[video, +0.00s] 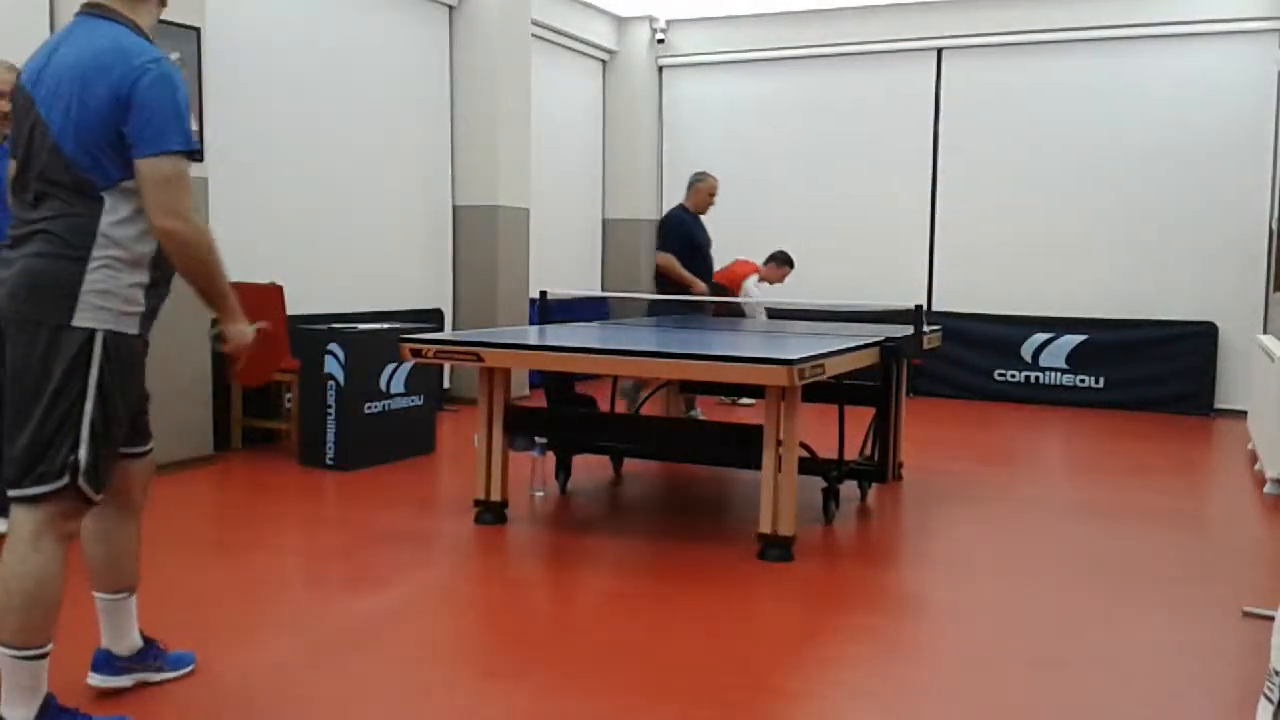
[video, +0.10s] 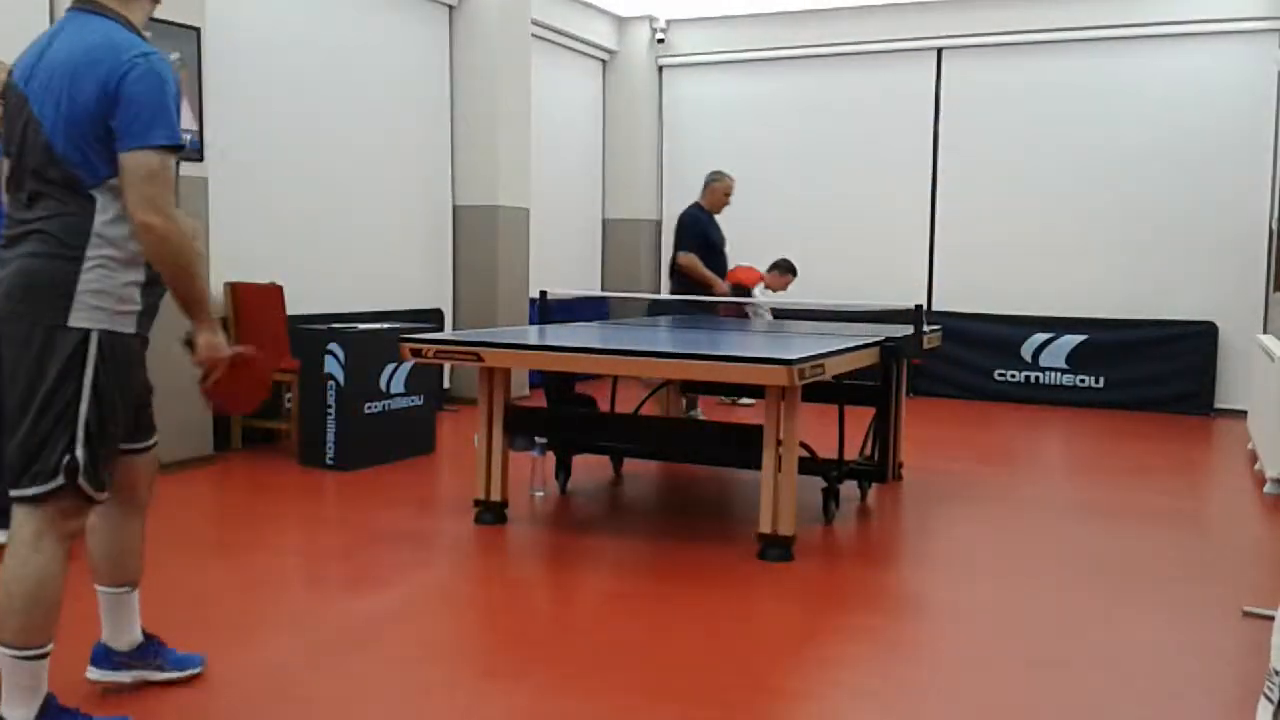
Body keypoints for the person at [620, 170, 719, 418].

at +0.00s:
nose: (713, 201)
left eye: (714, 196)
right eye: (710, 195)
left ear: (700, 193)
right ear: (694, 191)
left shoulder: (693, 219)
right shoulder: (675, 218)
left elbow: (689, 257)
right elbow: (663, 258)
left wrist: (701, 284)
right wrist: (695, 283)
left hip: (691, 301)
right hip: (674, 301)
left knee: (689, 355)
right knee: (676, 354)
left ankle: (688, 405)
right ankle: (634, 386)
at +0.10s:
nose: (729, 201)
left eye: (730, 196)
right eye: (726, 195)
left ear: (713, 192)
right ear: (711, 190)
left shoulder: (707, 218)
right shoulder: (692, 217)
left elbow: (704, 257)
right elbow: (684, 258)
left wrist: (722, 281)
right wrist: (716, 282)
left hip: (703, 300)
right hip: (690, 300)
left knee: (698, 354)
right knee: (689, 355)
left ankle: (691, 405)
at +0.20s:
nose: (745, 199)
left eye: (746, 193)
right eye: (743, 192)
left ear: (728, 188)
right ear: (728, 187)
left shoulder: (718, 213)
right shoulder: (710, 214)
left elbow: (715, 254)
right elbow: (707, 255)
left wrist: (739, 276)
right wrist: (737, 276)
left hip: (718, 296)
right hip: (708, 298)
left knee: (712, 353)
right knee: (706, 353)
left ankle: (703, 403)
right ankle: (697, 404)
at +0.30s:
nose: (762, 199)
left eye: (763, 193)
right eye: (759, 192)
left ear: (748, 189)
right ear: (744, 187)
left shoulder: (737, 215)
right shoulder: (728, 214)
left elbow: (743, 255)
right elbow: (729, 256)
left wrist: (767, 269)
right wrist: (760, 274)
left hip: (734, 299)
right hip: (719, 300)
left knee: (743, 351)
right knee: (708, 351)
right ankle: (692, 402)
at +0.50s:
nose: (802, 207)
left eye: (803, 202)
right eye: (800, 201)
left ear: (790, 197)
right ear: (785, 194)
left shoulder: (780, 224)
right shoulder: (767, 220)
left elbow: (779, 264)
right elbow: (767, 263)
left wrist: (804, 279)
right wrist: (801, 279)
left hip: (774, 307)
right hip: (760, 308)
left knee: (786, 363)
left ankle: (793, 414)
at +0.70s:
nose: (839, 205)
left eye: (840, 200)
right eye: (837, 198)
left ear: (825, 191)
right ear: (823, 190)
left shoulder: (815, 217)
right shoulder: (801, 215)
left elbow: (811, 258)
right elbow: (797, 256)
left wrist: (840, 273)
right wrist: (835, 273)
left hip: (810, 304)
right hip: (794, 304)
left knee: (805, 362)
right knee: (790, 362)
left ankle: (800, 415)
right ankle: (785, 418)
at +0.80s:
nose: (853, 202)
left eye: (855, 196)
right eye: (851, 195)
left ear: (844, 191)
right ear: (834, 188)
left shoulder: (836, 218)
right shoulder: (813, 214)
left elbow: (837, 258)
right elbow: (809, 255)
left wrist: (856, 283)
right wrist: (847, 269)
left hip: (829, 305)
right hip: (808, 304)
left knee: (827, 365)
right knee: (802, 364)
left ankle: (827, 423)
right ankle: (795, 418)